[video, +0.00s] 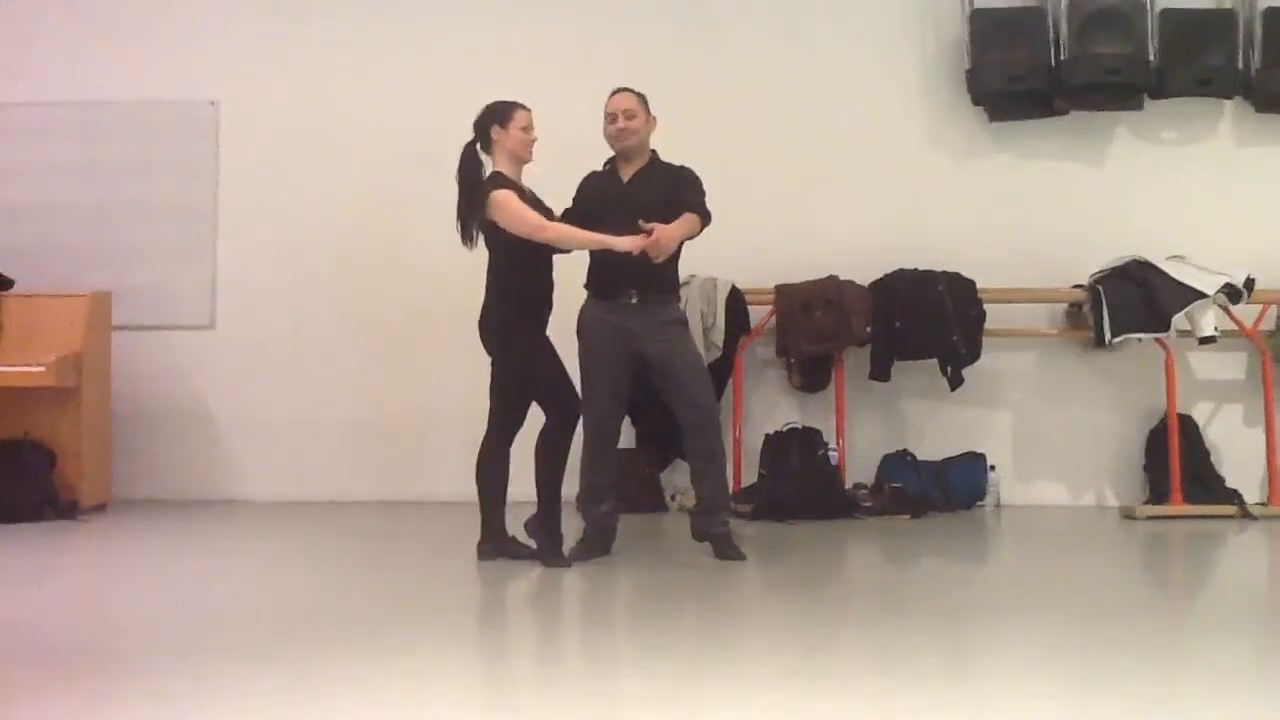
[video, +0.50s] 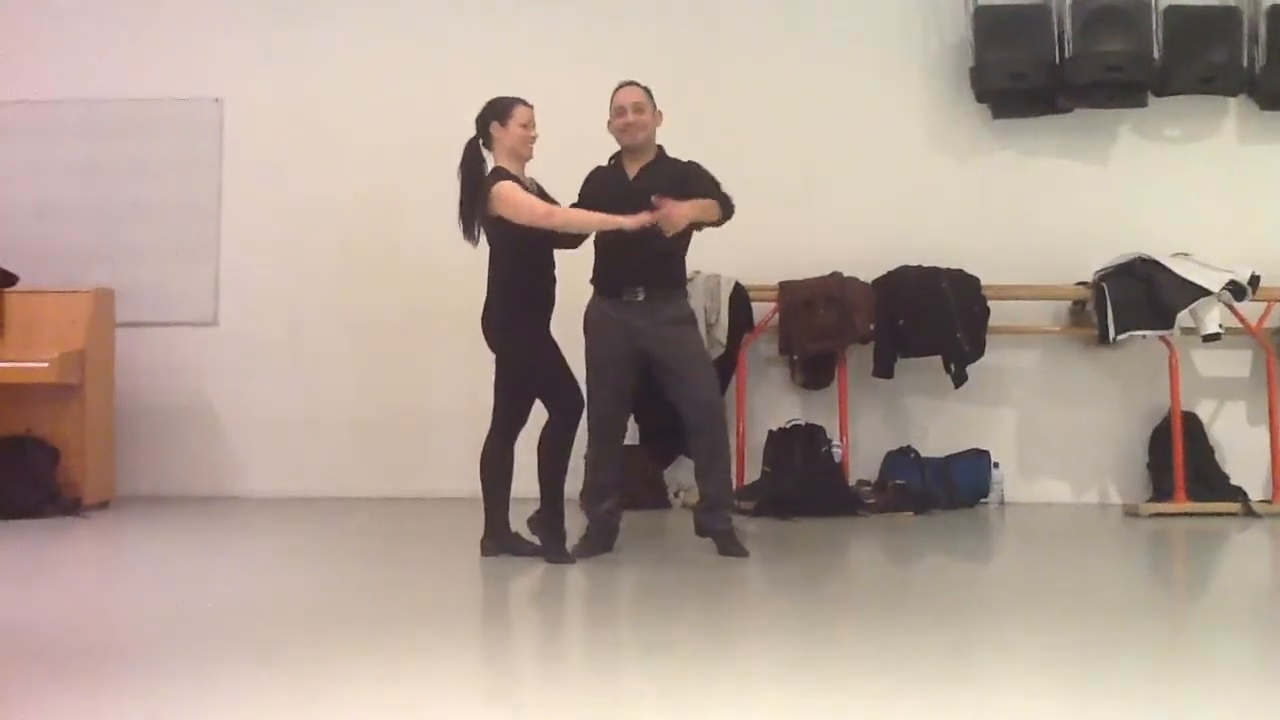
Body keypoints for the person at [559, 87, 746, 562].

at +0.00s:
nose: (619, 124)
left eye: (629, 116)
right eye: (611, 118)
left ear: (651, 124)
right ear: (604, 129)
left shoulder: (680, 178)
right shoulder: (593, 186)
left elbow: (698, 215)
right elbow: (566, 236)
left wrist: (674, 232)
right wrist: (522, 230)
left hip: (662, 318)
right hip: (604, 317)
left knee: (701, 412)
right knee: (600, 421)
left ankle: (714, 523)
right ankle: (598, 528)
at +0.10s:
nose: (620, 123)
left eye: (629, 115)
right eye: (612, 118)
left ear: (651, 121)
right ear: (603, 128)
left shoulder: (679, 176)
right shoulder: (592, 184)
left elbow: (699, 212)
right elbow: (566, 232)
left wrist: (674, 230)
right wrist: (523, 226)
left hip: (662, 316)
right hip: (603, 316)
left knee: (701, 411)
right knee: (600, 420)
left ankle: (714, 523)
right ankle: (597, 526)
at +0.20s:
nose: (623, 122)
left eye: (632, 114)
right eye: (614, 117)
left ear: (652, 121)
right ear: (604, 127)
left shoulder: (681, 176)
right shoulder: (593, 184)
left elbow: (700, 214)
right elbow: (567, 233)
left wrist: (674, 231)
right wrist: (523, 227)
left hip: (664, 316)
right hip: (604, 317)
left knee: (703, 412)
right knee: (601, 421)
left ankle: (714, 522)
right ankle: (598, 525)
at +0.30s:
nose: (628, 123)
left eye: (637, 116)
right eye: (619, 118)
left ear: (656, 122)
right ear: (608, 128)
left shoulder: (684, 178)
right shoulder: (596, 186)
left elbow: (706, 215)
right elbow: (571, 236)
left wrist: (680, 230)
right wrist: (527, 229)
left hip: (667, 317)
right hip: (608, 318)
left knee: (705, 410)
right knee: (605, 422)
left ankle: (717, 522)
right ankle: (601, 527)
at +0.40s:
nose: (628, 123)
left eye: (638, 115)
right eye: (620, 117)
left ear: (657, 121)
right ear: (609, 127)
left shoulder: (684, 177)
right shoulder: (597, 184)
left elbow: (710, 212)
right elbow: (570, 237)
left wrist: (682, 225)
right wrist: (527, 228)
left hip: (668, 317)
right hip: (608, 318)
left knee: (706, 411)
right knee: (604, 422)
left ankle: (716, 523)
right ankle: (601, 527)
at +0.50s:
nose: (628, 118)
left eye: (638, 110)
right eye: (619, 112)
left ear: (657, 118)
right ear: (609, 124)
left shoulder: (684, 174)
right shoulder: (598, 182)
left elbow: (723, 208)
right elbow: (570, 235)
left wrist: (688, 211)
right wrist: (523, 224)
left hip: (669, 314)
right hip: (610, 315)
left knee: (706, 407)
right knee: (605, 419)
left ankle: (717, 519)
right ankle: (601, 525)